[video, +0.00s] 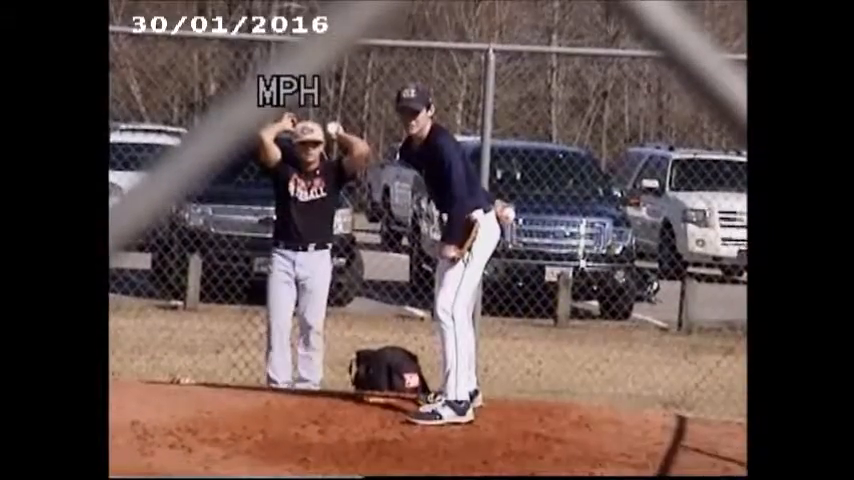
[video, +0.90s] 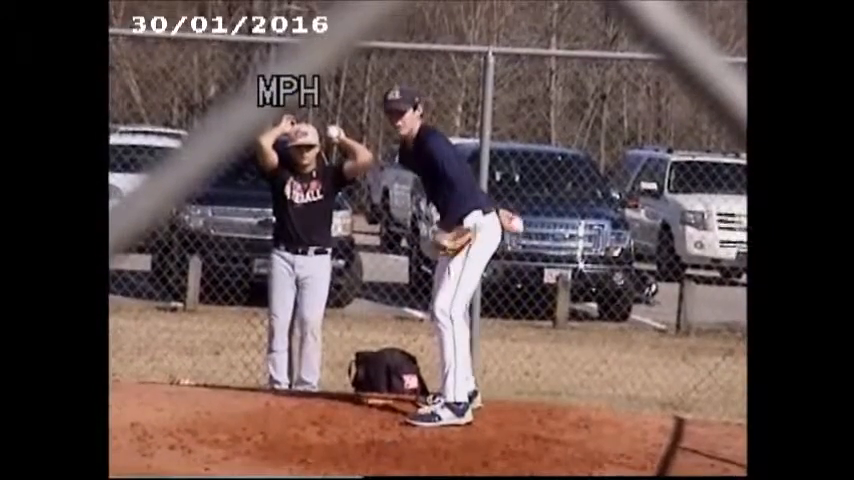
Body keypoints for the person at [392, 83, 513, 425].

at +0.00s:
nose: (411, 120)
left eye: (416, 113)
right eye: (405, 114)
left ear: (430, 112)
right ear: (400, 116)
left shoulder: (443, 143)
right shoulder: (411, 147)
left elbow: (459, 195)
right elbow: (444, 183)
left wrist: (450, 240)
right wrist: (491, 204)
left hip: (477, 221)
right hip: (460, 220)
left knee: (447, 307)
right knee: (457, 309)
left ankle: (456, 398)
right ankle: (466, 388)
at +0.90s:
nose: (397, 120)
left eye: (403, 113)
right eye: (392, 115)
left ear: (418, 111)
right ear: (389, 118)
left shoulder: (432, 141)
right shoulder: (411, 149)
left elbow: (460, 185)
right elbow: (455, 186)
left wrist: (444, 228)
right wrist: (493, 211)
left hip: (477, 224)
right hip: (459, 226)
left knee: (447, 310)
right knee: (444, 310)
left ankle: (456, 400)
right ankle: (463, 389)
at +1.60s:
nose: (422, 98)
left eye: (427, 92)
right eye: (419, 93)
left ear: (446, 90)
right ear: (424, 95)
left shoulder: (434, 121)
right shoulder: (456, 121)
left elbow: (400, 163)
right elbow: (415, 153)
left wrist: (381, 136)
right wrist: (395, 126)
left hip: (472, 219)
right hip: (482, 218)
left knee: (438, 305)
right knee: (440, 305)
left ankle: (456, 394)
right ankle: (462, 390)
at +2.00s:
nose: (416, 97)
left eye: (421, 90)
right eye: (414, 91)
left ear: (442, 87)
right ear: (439, 90)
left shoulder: (437, 119)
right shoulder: (455, 114)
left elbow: (389, 148)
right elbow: (423, 119)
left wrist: (391, 107)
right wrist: (405, 100)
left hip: (466, 217)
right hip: (479, 214)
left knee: (439, 307)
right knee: (447, 306)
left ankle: (454, 394)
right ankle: (464, 388)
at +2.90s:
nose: (421, 95)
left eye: (426, 89)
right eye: (419, 90)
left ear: (446, 87)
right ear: (438, 91)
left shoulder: (440, 120)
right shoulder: (459, 116)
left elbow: (409, 168)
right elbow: (419, 159)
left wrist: (393, 133)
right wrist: (403, 127)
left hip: (470, 216)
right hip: (481, 214)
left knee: (443, 307)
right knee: (449, 306)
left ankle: (456, 394)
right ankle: (462, 388)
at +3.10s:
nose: (420, 97)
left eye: (426, 91)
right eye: (418, 92)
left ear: (446, 89)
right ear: (440, 93)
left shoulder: (439, 121)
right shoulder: (458, 117)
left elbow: (409, 169)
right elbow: (419, 160)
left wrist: (392, 134)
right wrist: (402, 129)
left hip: (470, 218)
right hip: (481, 215)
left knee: (443, 308)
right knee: (448, 307)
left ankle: (455, 396)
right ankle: (462, 389)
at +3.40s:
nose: (427, 111)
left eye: (431, 103)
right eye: (424, 105)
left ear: (450, 96)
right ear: (447, 100)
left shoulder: (443, 128)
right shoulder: (467, 121)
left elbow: (403, 168)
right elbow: (434, 131)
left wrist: (391, 134)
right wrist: (408, 118)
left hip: (474, 219)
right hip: (490, 218)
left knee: (433, 298)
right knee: (443, 302)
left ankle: (451, 386)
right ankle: (463, 386)